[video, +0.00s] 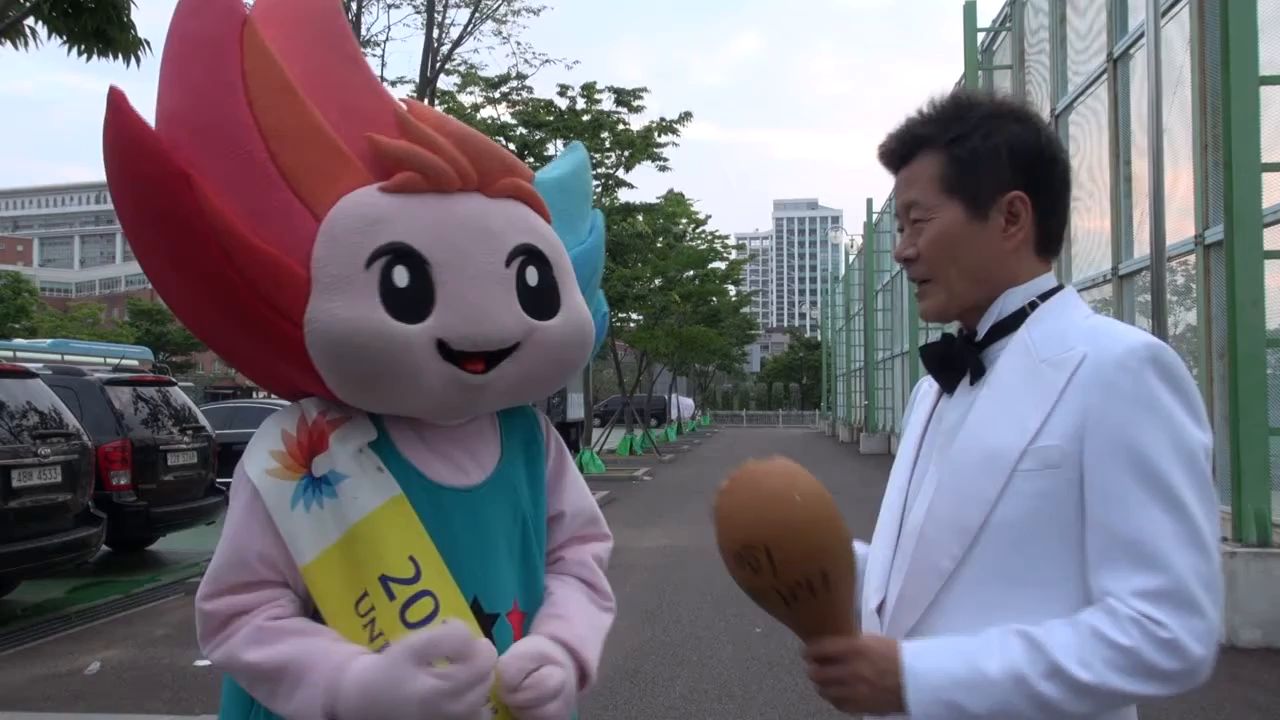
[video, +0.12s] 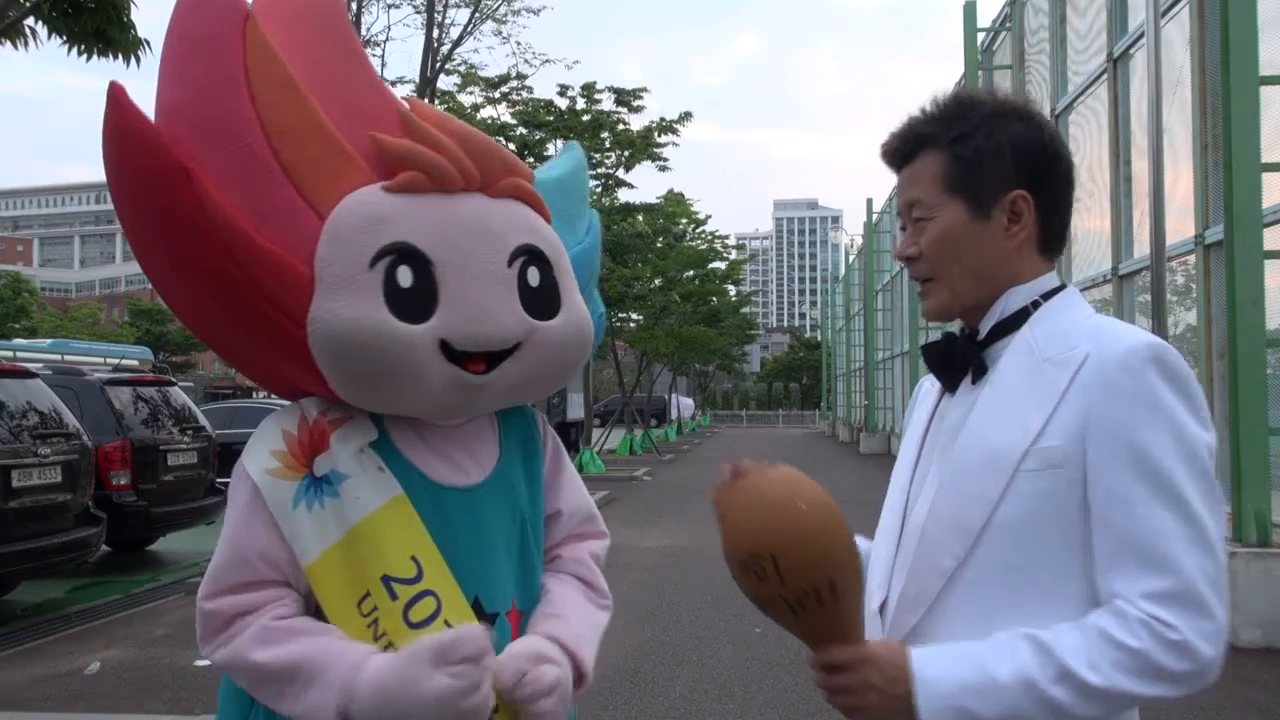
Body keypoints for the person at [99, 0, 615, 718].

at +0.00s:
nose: (484, 331)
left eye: (526, 275)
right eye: (405, 279)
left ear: (568, 285)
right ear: (316, 291)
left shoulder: (530, 440)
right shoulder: (292, 451)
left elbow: (581, 555)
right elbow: (239, 615)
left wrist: (561, 648)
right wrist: (366, 684)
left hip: (507, 705)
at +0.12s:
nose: (486, 331)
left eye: (527, 275)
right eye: (409, 279)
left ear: (569, 281)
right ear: (318, 288)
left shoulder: (527, 437)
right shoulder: (292, 450)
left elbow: (578, 553)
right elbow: (240, 618)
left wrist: (557, 647)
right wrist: (377, 684)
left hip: (507, 705)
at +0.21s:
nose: (486, 339)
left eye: (527, 285)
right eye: (414, 288)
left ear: (567, 290)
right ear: (317, 293)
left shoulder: (522, 441)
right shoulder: (285, 453)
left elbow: (574, 549)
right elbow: (239, 626)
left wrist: (557, 636)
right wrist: (393, 676)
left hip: (507, 708)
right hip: (318, 713)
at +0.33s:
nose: (482, 355)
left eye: (522, 307)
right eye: (417, 312)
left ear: (554, 306)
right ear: (316, 311)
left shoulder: (507, 445)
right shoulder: (269, 458)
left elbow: (560, 546)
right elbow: (224, 623)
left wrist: (538, 601)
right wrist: (402, 646)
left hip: (506, 704)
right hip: (331, 713)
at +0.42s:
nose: (476, 362)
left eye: (516, 315)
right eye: (417, 319)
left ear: (545, 312)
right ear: (319, 317)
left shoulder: (497, 446)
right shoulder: (262, 461)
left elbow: (550, 546)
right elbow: (209, 627)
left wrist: (517, 592)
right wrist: (400, 622)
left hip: (494, 706)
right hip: (312, 712)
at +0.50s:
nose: (472, 374)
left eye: (516, 322)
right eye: (413, 329)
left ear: (541, 317)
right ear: (315, 324)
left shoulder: (491, 456)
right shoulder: (254, 468)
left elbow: (539, 552)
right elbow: (196, 638)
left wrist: (508, 596)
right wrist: (385, 627)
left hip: (487, 706)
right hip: (309, 713)